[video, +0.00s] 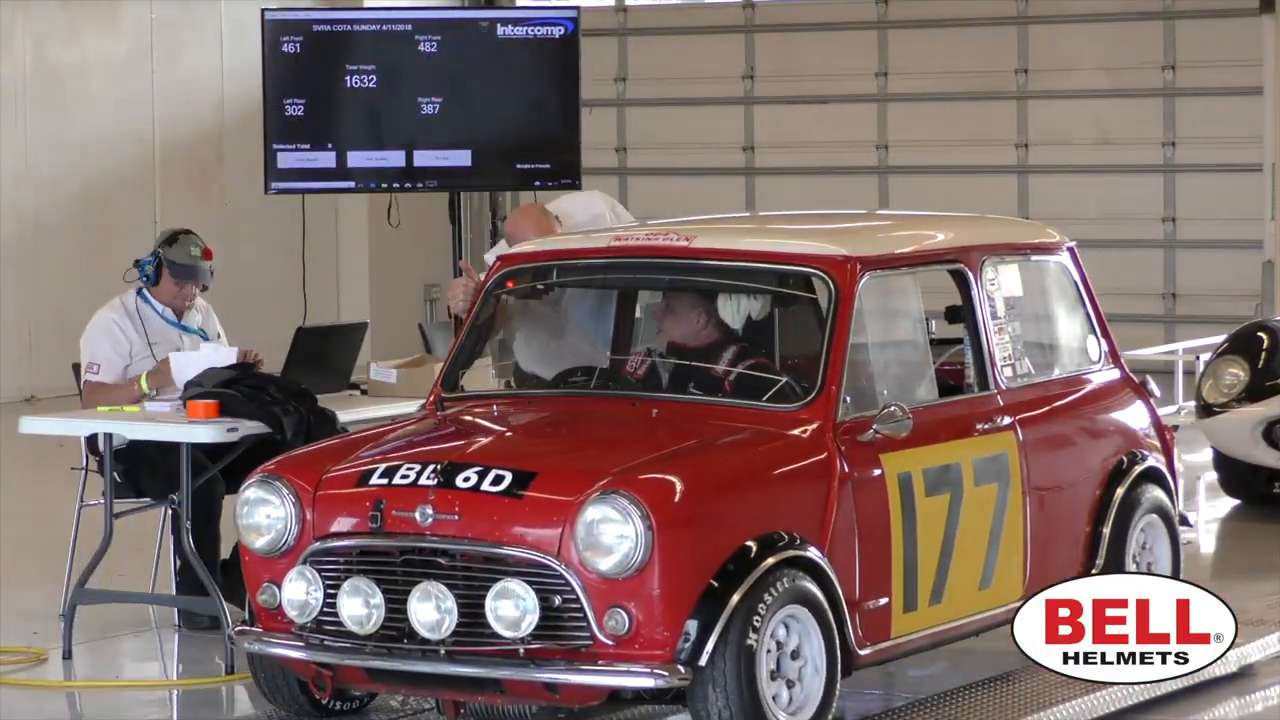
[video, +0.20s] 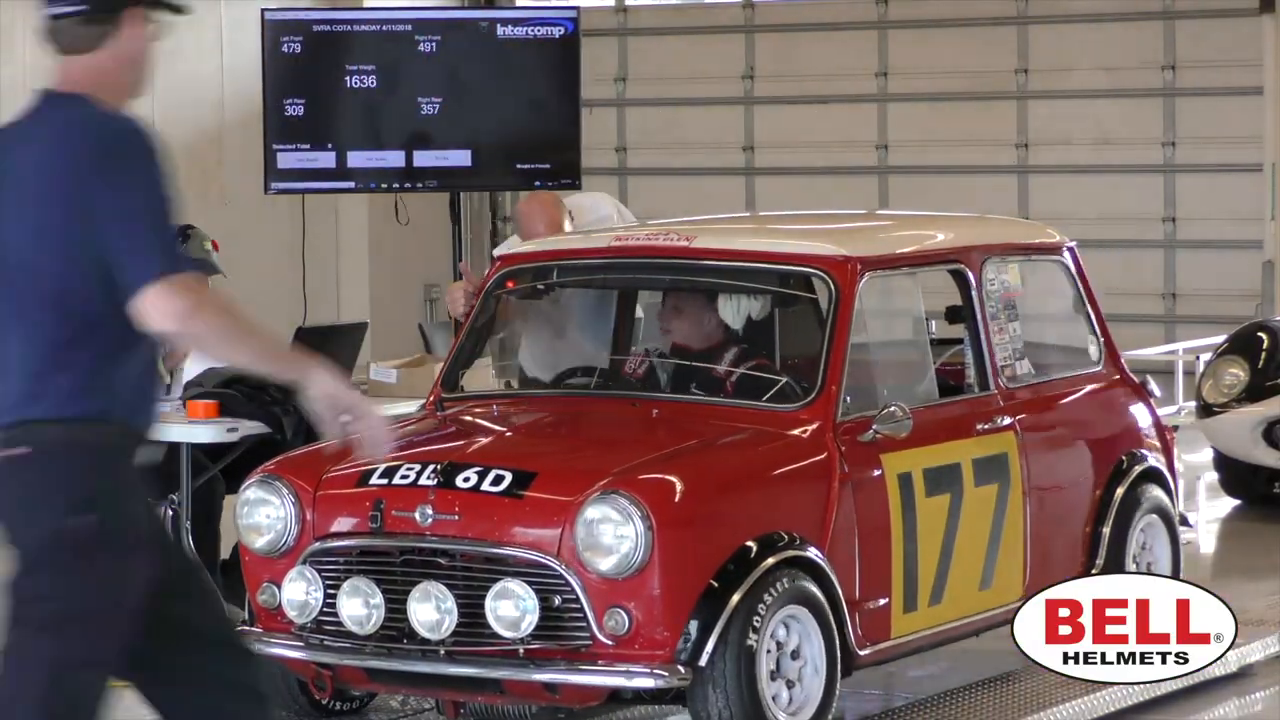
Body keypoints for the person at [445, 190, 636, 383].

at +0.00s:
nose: (542, 273)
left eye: (547, 256)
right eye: (531, 264)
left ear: (557, 228)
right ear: (512, 249)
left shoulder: (598, 210)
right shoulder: (499, 262)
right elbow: (486, 332)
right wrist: (473, 305)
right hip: (535, 385)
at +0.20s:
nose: (546, 255)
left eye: (551, 246)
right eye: (534, 248)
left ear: (566, 220)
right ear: (520, 235)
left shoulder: (602, 211)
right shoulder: (508, 255)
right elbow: (497, 322)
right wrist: (473, 304)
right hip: (538, 382)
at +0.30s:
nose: (506, 251)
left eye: (513, 243)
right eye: (495, 245)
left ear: (531, 221)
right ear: (484, 234)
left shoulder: (567, 216)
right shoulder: (475, 258)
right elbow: (465, 321)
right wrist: (440, 308)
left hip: (574, 378)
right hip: (504, 385)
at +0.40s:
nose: (423, 235)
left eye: (436, 221)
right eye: (412, 221)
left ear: (459, 209)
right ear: (404, 212)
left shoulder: (502, 221)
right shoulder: (394, 237)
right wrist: (360, 311)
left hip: (490, 373)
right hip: (415, 375)